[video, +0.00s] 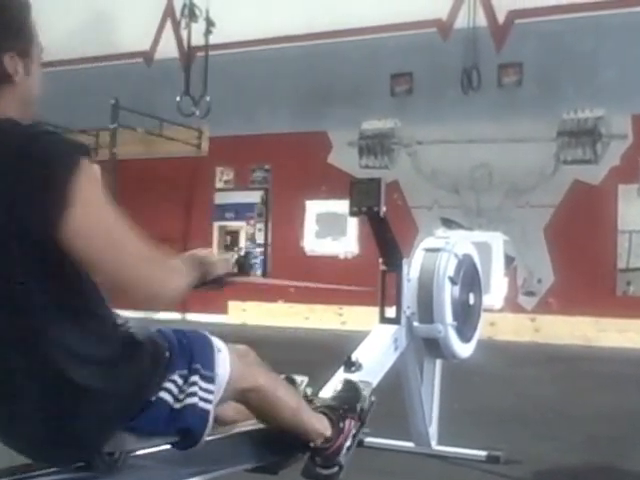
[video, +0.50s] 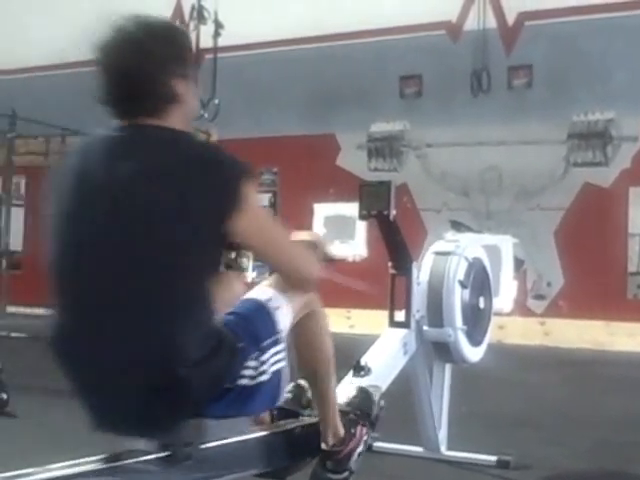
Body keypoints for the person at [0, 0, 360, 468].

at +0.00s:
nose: (40, 81)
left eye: (38, 65)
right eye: (38, 65)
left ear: (7, 66)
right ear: (11, 67)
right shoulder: (42, 157)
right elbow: (157, 287)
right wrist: (196, 264)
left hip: (10, 396)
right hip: (73, 387)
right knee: (242, 363)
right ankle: (324, 432)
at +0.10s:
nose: (49, 77)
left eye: (47, 62)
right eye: (46, 61)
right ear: (21, 63)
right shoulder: (40, 151)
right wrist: (145, 275)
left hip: (11, 382)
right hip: (61, 384)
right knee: (246, 355)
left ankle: (258, 421)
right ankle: (324, 433)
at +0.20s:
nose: (76, 73)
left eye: (73, 58)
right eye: (72, 58)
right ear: (47, 61)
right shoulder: (61, 147)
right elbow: (79, 289)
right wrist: (151, 268)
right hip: (61, 384)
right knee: (252, 340)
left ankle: (253, 422)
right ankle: (324, 435)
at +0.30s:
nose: (113, 73)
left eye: (110, 58)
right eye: (109, 58)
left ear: (22, 69)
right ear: (86, 64)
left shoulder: (10, 146)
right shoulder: (108, 148)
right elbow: (160, 280)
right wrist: (209, 264)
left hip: (34, 396)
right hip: (109, 384)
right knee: (267, 320)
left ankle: (264, 428)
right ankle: (324, 433)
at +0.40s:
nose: (156, 78)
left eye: (153, 65)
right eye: (152, 65)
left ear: (70, 77)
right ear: (131, 72)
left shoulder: (37, 154)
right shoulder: (160, 160)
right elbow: (244, 283)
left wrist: (231, 248)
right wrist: (267, 254)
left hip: (71, 396)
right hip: (144, 395)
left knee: (222, 290)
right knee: (286, 300)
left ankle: (253, 425)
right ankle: (330, 433)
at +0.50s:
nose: (199, 90)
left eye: (196, 77)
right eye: (194, 77)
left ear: (115, 86)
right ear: (176, 84)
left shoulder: (83, 159)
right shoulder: (203, 168)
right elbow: (305, 271)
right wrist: (302, 244)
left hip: (98, 388)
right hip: (178, 391)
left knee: (229, 284)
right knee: (302, 292)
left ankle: (262, 418)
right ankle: (334, 435)